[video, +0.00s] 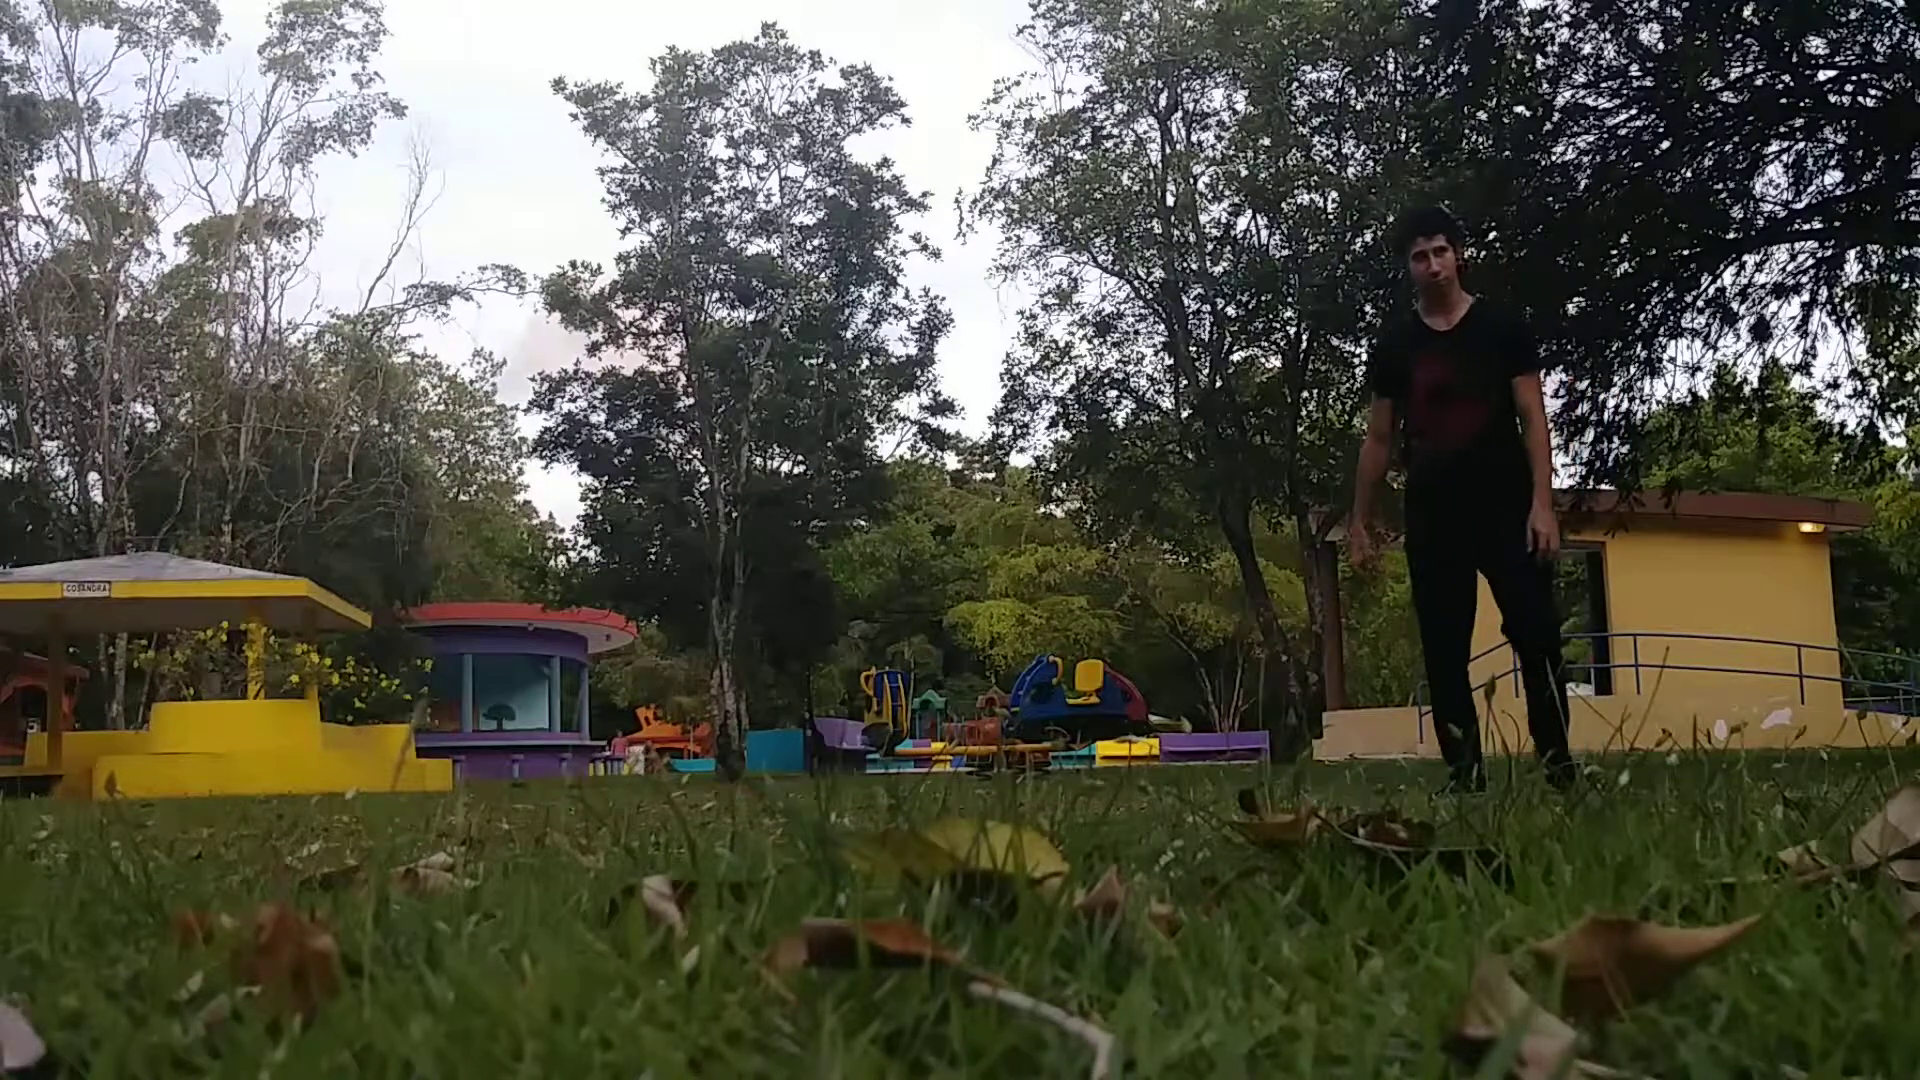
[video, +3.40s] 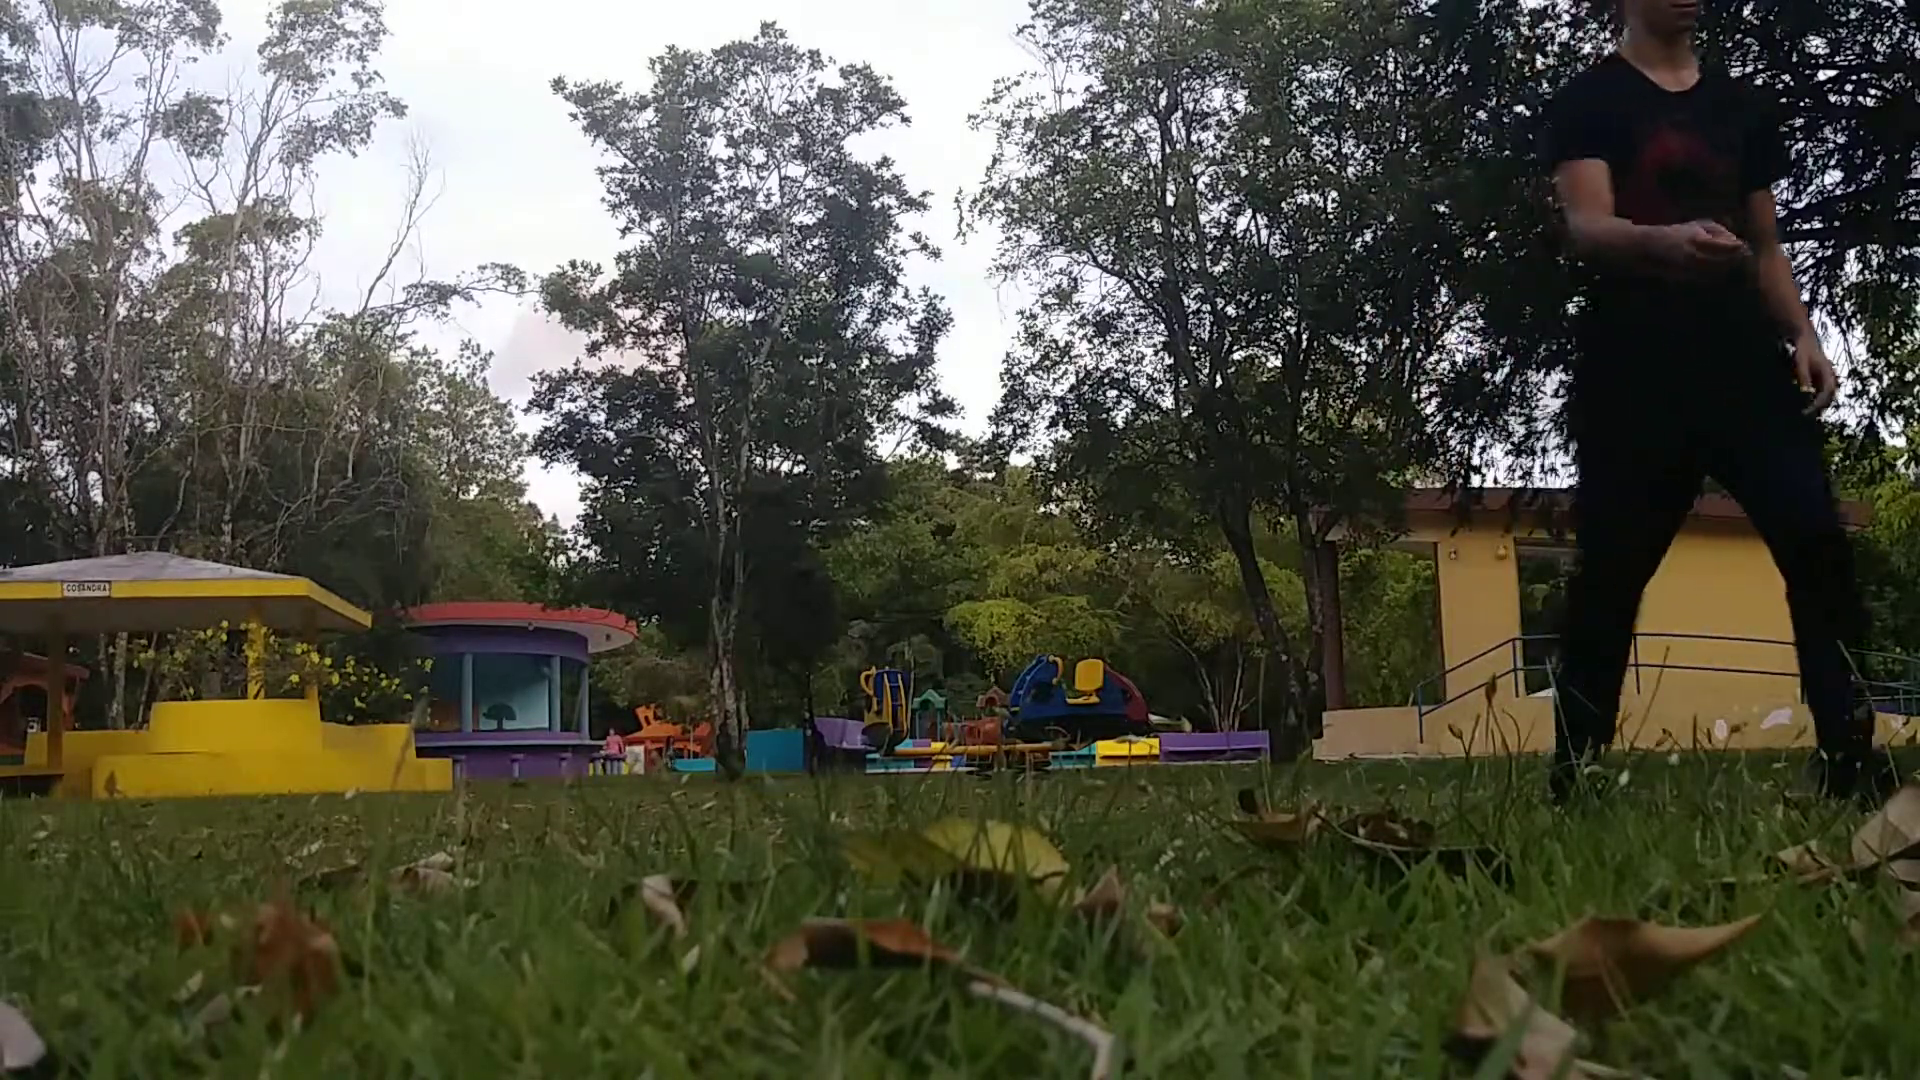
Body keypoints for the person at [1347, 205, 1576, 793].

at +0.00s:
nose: (1432, 263)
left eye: (1440, 251)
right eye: (1420, 256)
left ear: (1459, 254)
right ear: (1408, 268)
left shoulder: (1503, 325)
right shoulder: (1395, 341)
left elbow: (1535, 419)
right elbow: (1378, 435)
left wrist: (1543, 503)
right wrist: (1359, 516)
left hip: (1505, 509)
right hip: (1433, 517)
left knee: (1537, 641)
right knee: (1444, 652)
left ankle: (1558, 765)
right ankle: (1464, 775)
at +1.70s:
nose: (1462, 150)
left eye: (1469, 136)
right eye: (1446, 142)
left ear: (1483, 140)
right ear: (1418, 153)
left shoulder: (1525, 228)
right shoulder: (1391, 242)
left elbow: (1560, 337)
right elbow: (1373, 320)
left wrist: (1586, 435)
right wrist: (1375, 387)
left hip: (1529, 446)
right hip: (1442, 454)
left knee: (1569, 592)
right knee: (1445, 616)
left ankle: (1559, 761)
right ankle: (1460, 769)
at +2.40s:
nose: (1577, 81)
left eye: (1586, 67)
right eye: (1560, 69)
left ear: (1597, 78)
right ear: (1526, 86)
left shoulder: (1633, 182)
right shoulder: (1480, 192)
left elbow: (1675, 294)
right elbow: (1449, 310)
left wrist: (1702, 401)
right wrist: (1419, 422)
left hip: (1610, 418)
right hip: (1512, 421)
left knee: (1617, 593)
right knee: (1516, 584)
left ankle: (1610, 758)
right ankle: (1498, 750)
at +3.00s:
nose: (1580, 22)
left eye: (1589, 8)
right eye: (1559, 10)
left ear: (1602, 21)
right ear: (1525, 31)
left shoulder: (1650, 125)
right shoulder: (1497, 142)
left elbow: (1690, 250)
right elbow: (1445, 270)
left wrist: (1701, 358)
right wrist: (1470, 356)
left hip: (1652, 388)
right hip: (1548, 395)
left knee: (1690, 575)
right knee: (1548, 585)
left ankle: (1621, 724)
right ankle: (1568, 766)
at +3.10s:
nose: (1594, 13)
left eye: (1604, 0)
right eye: (1575, 0)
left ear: (1617, 14)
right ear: (1538, 16)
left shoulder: (1662, 117)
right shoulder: (1503, 129)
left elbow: (1705, 245)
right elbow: (1452, 250)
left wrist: (1729, 352)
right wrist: (1513, 279)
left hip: (1662, 373)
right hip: (1558, 383)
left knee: (1721, 555)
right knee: (1557, 573)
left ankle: (1656, 729)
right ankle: (1568, 767)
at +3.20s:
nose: (1619, 3)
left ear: (1636, 8)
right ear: (1555, 9)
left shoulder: (1679, 113)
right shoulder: (1522, 114)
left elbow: (1720, 238)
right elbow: (1486, 230)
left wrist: (1756, 337)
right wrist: (1567, 235)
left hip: (1676, 363)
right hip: (1572, 373)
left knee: (1759, 537)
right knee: (1566, 571)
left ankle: (1728, 742)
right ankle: (1568, 765)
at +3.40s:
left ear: (1702, 4)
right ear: (1623, 2)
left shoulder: (1743, 107)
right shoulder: (1589, 97)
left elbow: (1764, 244)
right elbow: (1586, 227)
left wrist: (1805, 333)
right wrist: (1667, 241)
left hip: (1743, 364)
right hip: (1634, 369)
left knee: (1817, 546)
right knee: (1610, 570)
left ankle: (1846, 753)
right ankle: (1577, 767)